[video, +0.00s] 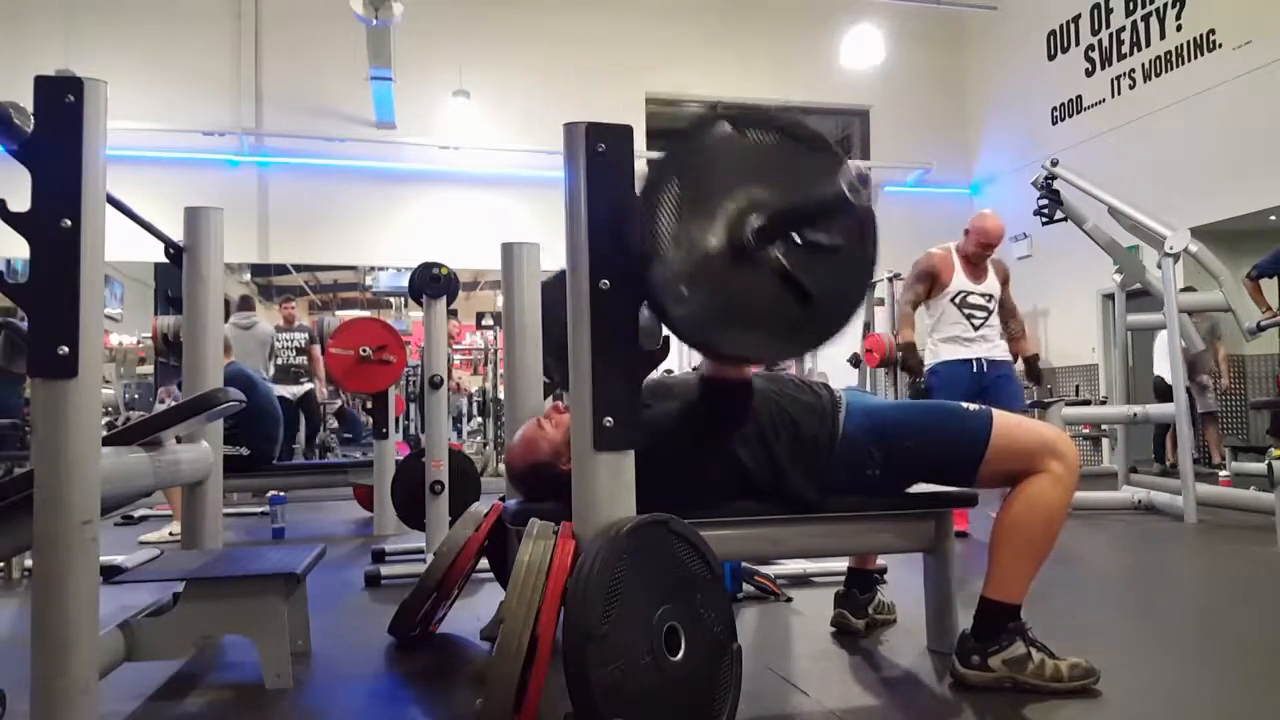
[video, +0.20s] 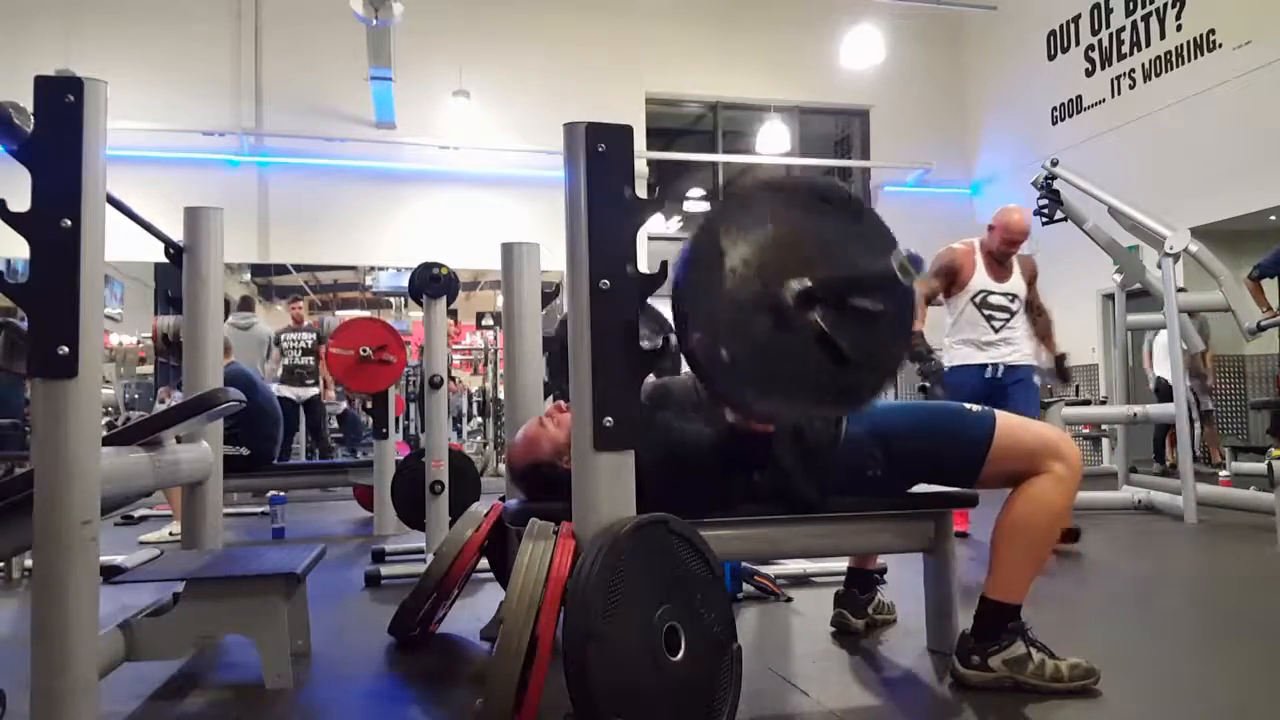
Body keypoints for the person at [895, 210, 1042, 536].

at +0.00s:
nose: (986, 255)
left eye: (992, 249)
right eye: (981, 247)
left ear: (998, 244)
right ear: (966, 233)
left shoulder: (998, 270)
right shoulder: (935, 262)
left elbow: (1010, 316)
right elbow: (905, 304)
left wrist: (1029, 357)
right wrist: (907, 346)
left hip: (998, 365)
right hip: (950, 366)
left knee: (1017, 436)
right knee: (953, 441)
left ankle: (1015, 510)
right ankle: (957, 511)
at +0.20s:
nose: (1013, 251)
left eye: (1019, 245)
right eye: (1008, 244)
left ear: (1025, 240)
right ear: (990, 229)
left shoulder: (1025, 266)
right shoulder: (957, 258)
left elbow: (1034, 310)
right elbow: (919, 295)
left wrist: (1055, 353)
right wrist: (917, 341)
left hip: (1018, 368)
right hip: (965, 367)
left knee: (1027, 445)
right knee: (962, 442)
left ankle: (1036, 516)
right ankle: (959, 509)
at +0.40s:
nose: (1039, 234)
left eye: (1046, 227)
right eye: (1032, 225)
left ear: (1052, 222)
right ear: (1014, 213)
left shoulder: (1058, 252)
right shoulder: (980, 245)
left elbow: (1088, 294)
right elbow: (941, 290)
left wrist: (1116, 325)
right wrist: (938, 322)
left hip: (1051, 355)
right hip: (998, 354)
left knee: (1058, 443)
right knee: (1002, 439)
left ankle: (1054, 525)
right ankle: (987, 495)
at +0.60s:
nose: (1062, 205)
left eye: (1068, 196)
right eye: (1054, 197)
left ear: (1075, 196)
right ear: (1032, 195)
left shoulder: (1087, 235)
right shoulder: (1002, 235)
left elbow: (1128, 274)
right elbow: (962, 280)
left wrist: (1156, 294)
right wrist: (944, 328)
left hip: (1075, 354)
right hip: (1023, 349)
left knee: (1069, 446)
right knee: (1034, 441)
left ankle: (1055, 528)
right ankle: (1036, 533)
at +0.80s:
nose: (1086, 180)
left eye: (1092, 172)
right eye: (1075, 171)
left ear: (1098, 181)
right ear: (1051, 178)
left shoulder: (1112, 229)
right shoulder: (1022, 228)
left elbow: (1148, 278)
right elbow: (979, 285)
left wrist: (1150, 311)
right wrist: (971, 332)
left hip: (1104, 352)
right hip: (1051, 347)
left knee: (1099, 452)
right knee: (1072, 441)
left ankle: (1058, 521)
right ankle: (1078, 539)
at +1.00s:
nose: (1123, 145)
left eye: (1128, 137)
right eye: (1112, 136)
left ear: (1133, 147)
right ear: (1084, 145)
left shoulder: (1148, 206)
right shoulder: (1047, 199)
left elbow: (1166, 273)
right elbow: (1004, 259)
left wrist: (1141, 324)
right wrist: (991, 321)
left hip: (1133, 336)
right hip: (1069, 340)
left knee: (1167, 432)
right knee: (1077, 449)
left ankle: (1150, 528)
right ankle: (1081, 541)